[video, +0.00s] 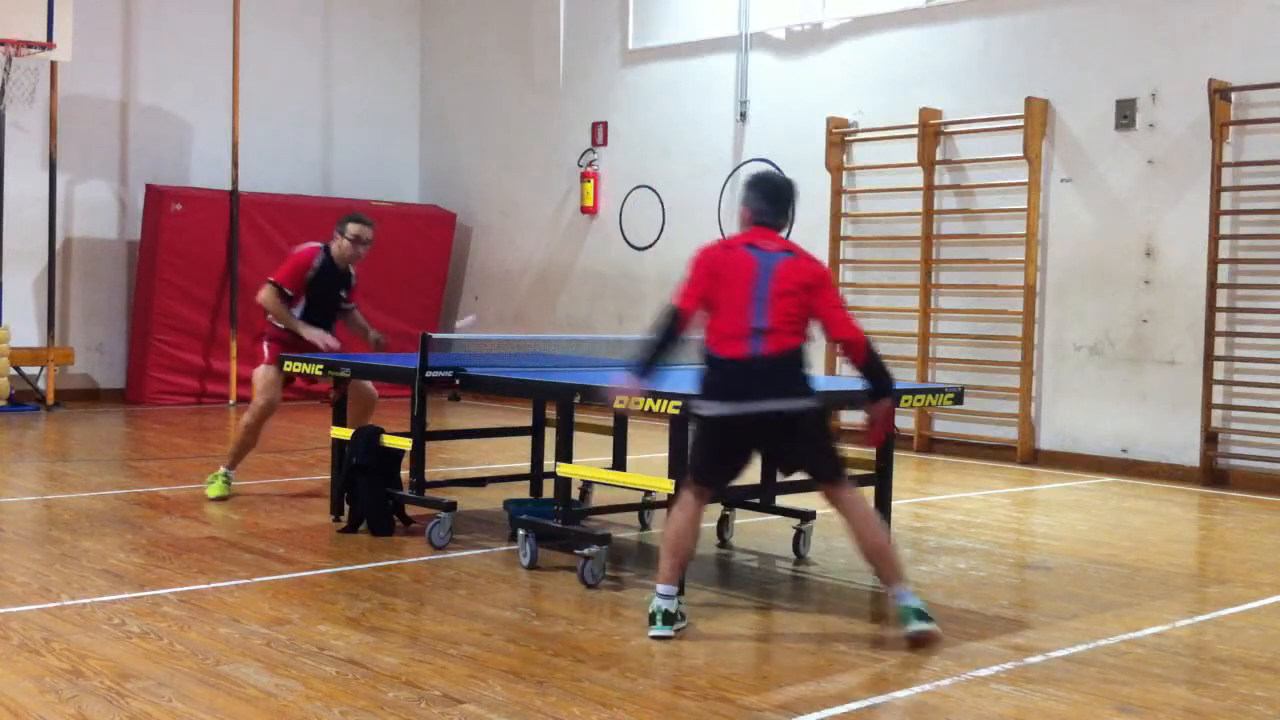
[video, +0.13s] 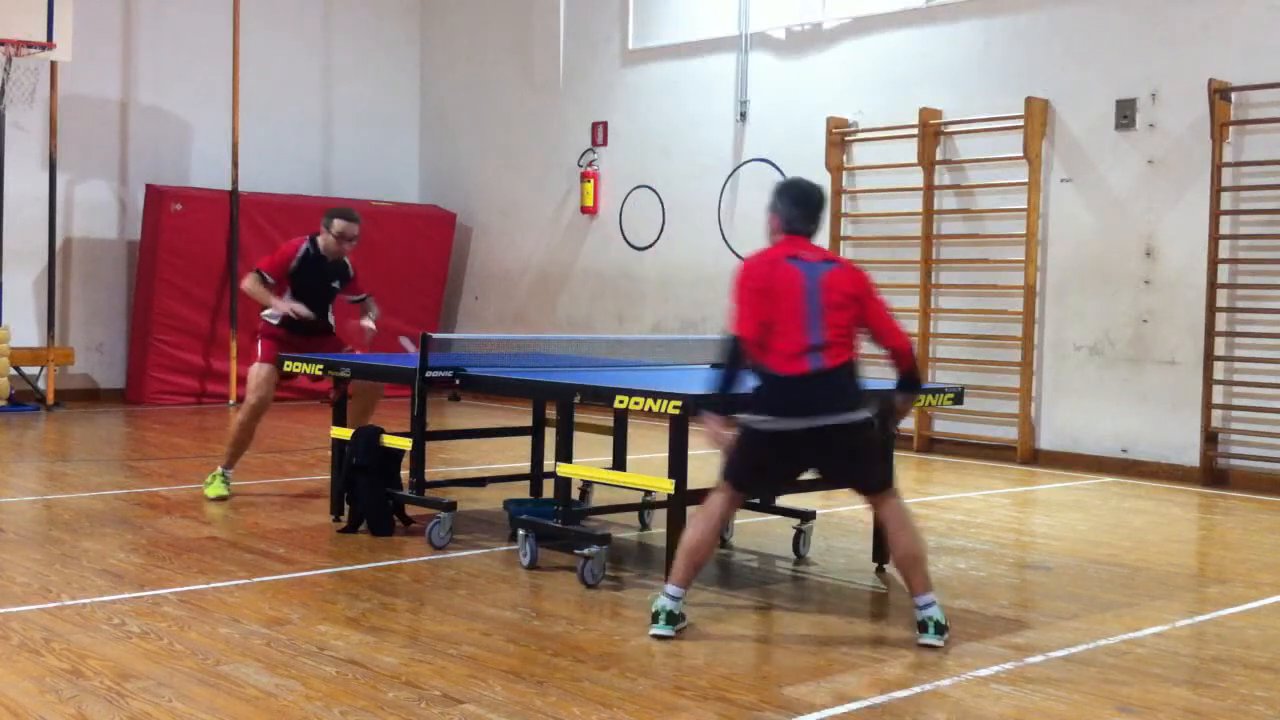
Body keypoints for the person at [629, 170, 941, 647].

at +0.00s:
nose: (741, 212)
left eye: (743, 205)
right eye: (748, 205)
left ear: (746, 211)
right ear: (788, 217)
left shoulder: (713, 257)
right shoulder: (806, 268)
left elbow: (676, 321)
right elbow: (848, 336)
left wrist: (640, 371)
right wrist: (882, 388)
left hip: (725, 404)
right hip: (788, 400)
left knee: (692, 494)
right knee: (843, 492)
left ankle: (664, 603)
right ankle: (906, 601)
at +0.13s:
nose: (767, 220)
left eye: (770, 213)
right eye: (771, 212)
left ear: (775, 218)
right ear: (816, 222)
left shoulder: (757, 268)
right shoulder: (846, 273)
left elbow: (742, 344)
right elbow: (898, 343)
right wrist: (908, 386)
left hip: (775, 416)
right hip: (844, 414)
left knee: (723, 499)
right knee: (886, 500)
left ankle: (669, 601)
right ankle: (929, 613)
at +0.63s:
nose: (830, 232)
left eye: (832, 225)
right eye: (835, 225)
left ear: (839, 229)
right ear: (881, 234)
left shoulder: (806, 274)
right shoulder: (907, 291)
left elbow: (764, 341)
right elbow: (935, 377)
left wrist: (791, 387)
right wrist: (942, 402)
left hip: (810, 427)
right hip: (880, 429)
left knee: (746, 510)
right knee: (915, 510)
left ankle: (722, 629)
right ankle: (950, 615)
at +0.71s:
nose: (851, 243)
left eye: (852, 236)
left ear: (855, 241)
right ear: (898, 246)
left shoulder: (814, 287)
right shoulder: (911, 300)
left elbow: (783, 363)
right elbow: (936, 387)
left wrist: (828, 395)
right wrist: (975, 455)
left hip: (805, 433)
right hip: (878, 437)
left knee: (742, 523)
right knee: (918, 509)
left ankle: (705, 632)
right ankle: (952, 613)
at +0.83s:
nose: (937, 273)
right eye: (936, 266)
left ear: (891, 260)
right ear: (935, 270)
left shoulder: (856, 296)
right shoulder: (927, 310)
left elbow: (847, 364)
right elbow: (941, 383)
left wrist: (907, 392)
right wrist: (986, 445)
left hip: (810, 434)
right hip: (878, 440)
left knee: (748, 530)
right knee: (924, 506)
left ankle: (696, 631)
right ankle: (951, 611)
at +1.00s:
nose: (956, 269)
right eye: (957, 261)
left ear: (912, 252)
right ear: (953, 261)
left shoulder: (872, 284)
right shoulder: (951, 301)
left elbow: (845, 352)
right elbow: (961, 390)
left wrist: (911, 389)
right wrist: (1007, 449)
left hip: (829, 418)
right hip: (897, 427)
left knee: (766, 517)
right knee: (932, 508)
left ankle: (709, 622)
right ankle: (951, 612)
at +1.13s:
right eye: (946, 238)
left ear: (899, 232)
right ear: (942, 238)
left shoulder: (862, 261)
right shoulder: (958, 284)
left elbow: (819, 333)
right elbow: (964, 342)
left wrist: (860, 361)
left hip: (838, 412)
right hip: (905, 420)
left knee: (777, 505)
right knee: (933, 511)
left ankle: (742, 620)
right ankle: (952, 615)